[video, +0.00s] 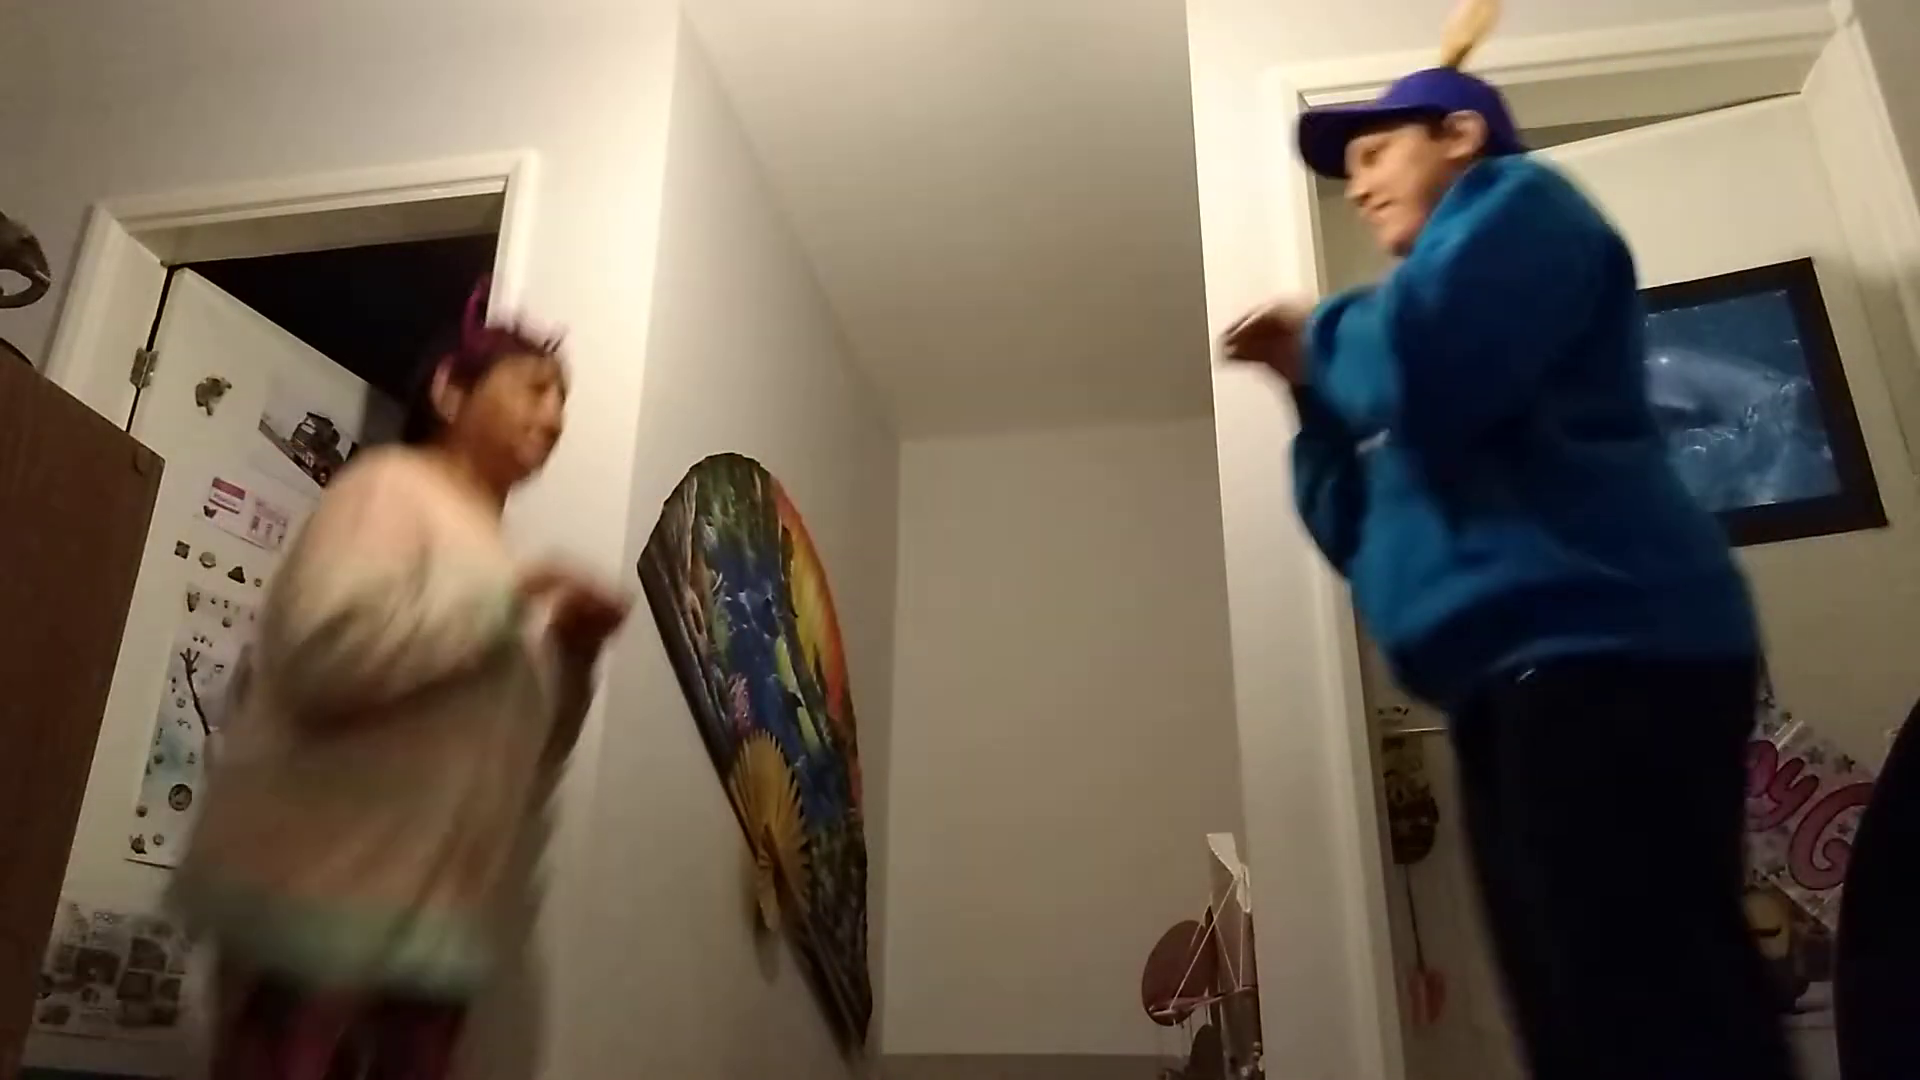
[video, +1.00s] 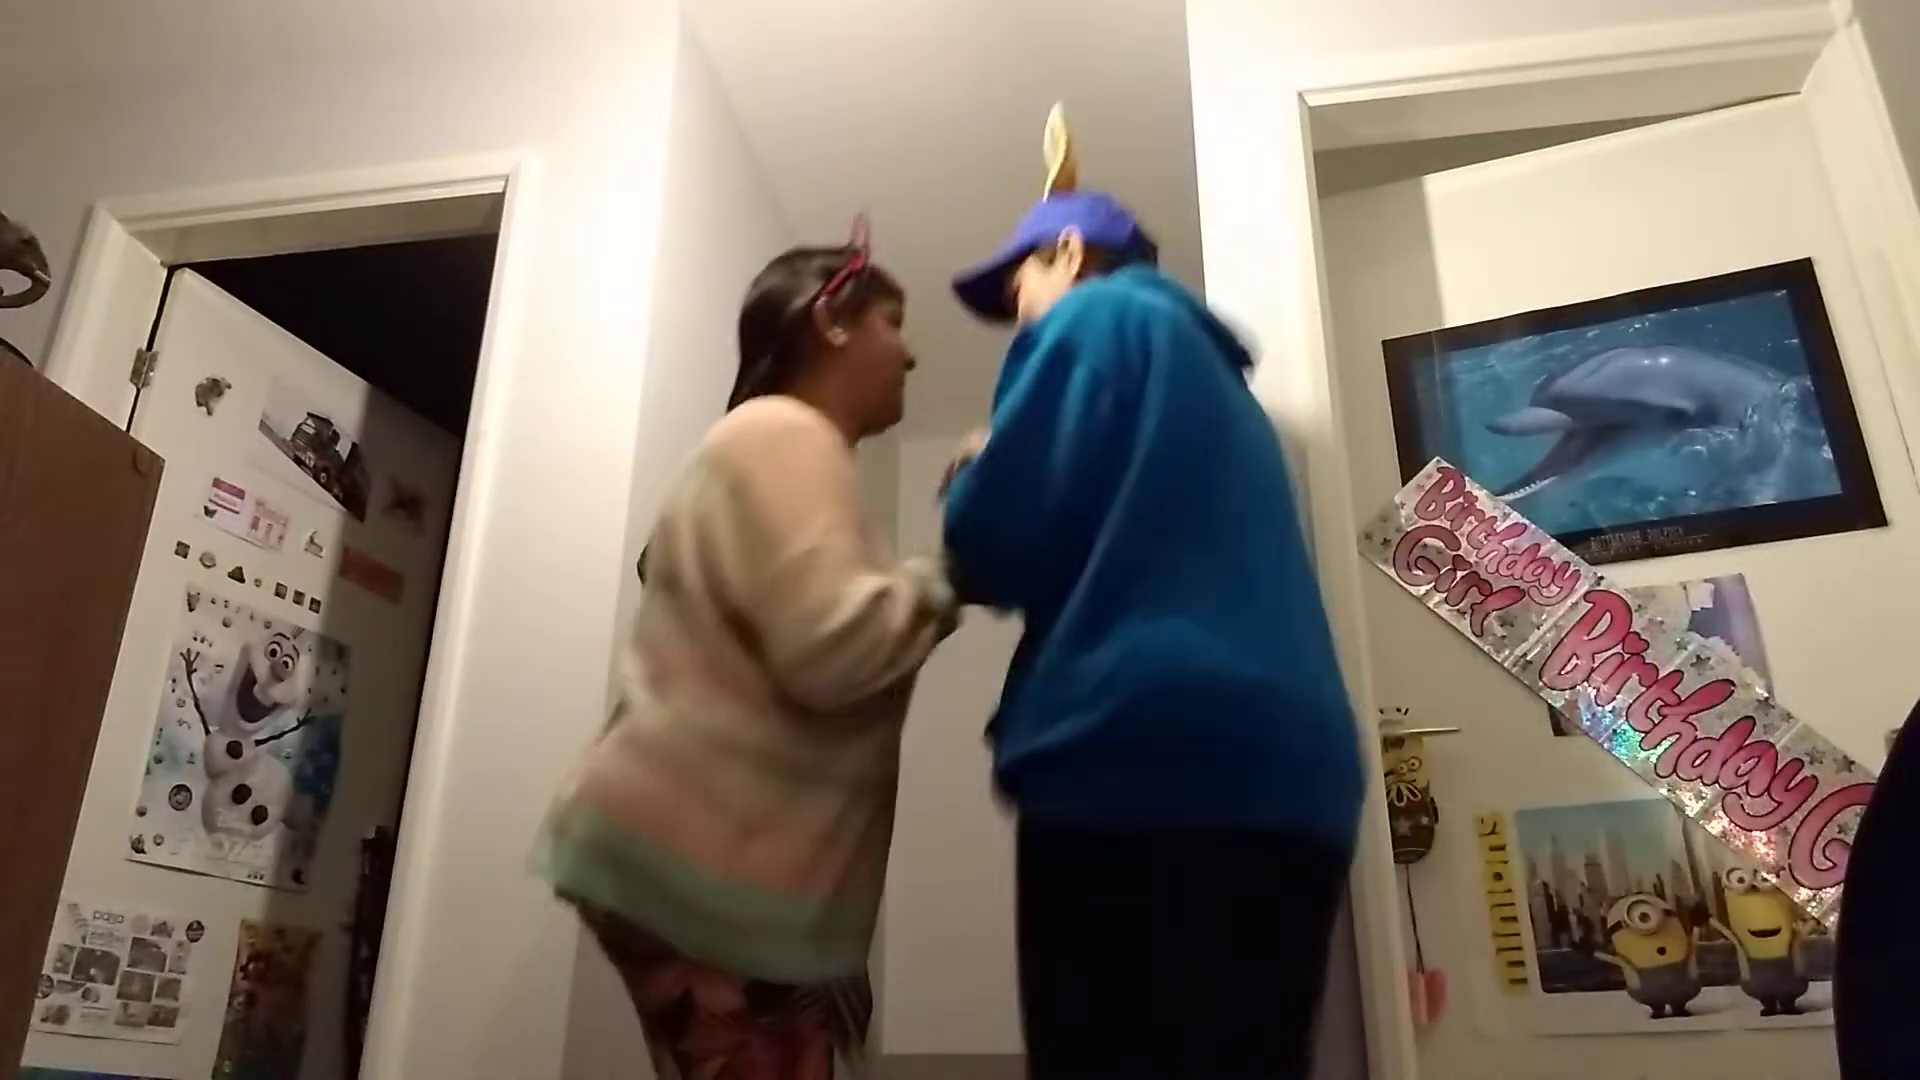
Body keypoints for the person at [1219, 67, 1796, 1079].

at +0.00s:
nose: (1357, 185)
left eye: (1375, 151)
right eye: (1349, 171)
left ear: (1460, 135)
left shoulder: (1525, 205)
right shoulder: (1418, 311)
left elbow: (1428, 354)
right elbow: (1356, 533)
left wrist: (1314, 336)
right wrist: (1306, 387)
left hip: (1613, 653)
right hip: (1503, 684)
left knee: (1638, 993)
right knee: (1561, 1002)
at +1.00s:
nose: (1014, 313)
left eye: (1018, 284)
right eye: (1008, 295)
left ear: (1068, 253)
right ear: (1132, 262)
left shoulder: (1098, 316)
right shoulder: (1225, 387)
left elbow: (992, 551)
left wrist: (967, 479)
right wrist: (995, 476)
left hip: (1137, 761)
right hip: (1289, 774)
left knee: (1103, 1052)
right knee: (1246, 1056)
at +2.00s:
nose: (1016, 286)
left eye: (1022, 273)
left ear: (1031, 284)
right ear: (1151, 281)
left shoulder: (953, 392)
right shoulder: (1220, 379)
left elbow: (941, 576)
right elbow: (1299, 580)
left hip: (1035, 768)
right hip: (1266, 753)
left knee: (1061, 1048)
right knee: (1266, 1048)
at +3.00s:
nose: (1296, 251)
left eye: (1295, 233)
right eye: (1275, 226)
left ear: (1177, 229)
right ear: (1201, 217)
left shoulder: (1114, 342)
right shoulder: (1243, 290)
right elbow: (1350, 493)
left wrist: (1379, 432)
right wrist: (1410, 438)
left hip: (1026, 749)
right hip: (1175, 739)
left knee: (1104, 1054)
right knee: (1279, 1049)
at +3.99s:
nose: (1499, 150)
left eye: (1516, 131)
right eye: (1460, 132)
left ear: (1541, 162)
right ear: (1398, 186)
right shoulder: (1456, 255)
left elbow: (1732, 473)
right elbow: (1642, 374)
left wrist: (1685, 279)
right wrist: (1682, 252)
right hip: (1597, 699)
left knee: (1723, 1023)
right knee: (1743, 1021)